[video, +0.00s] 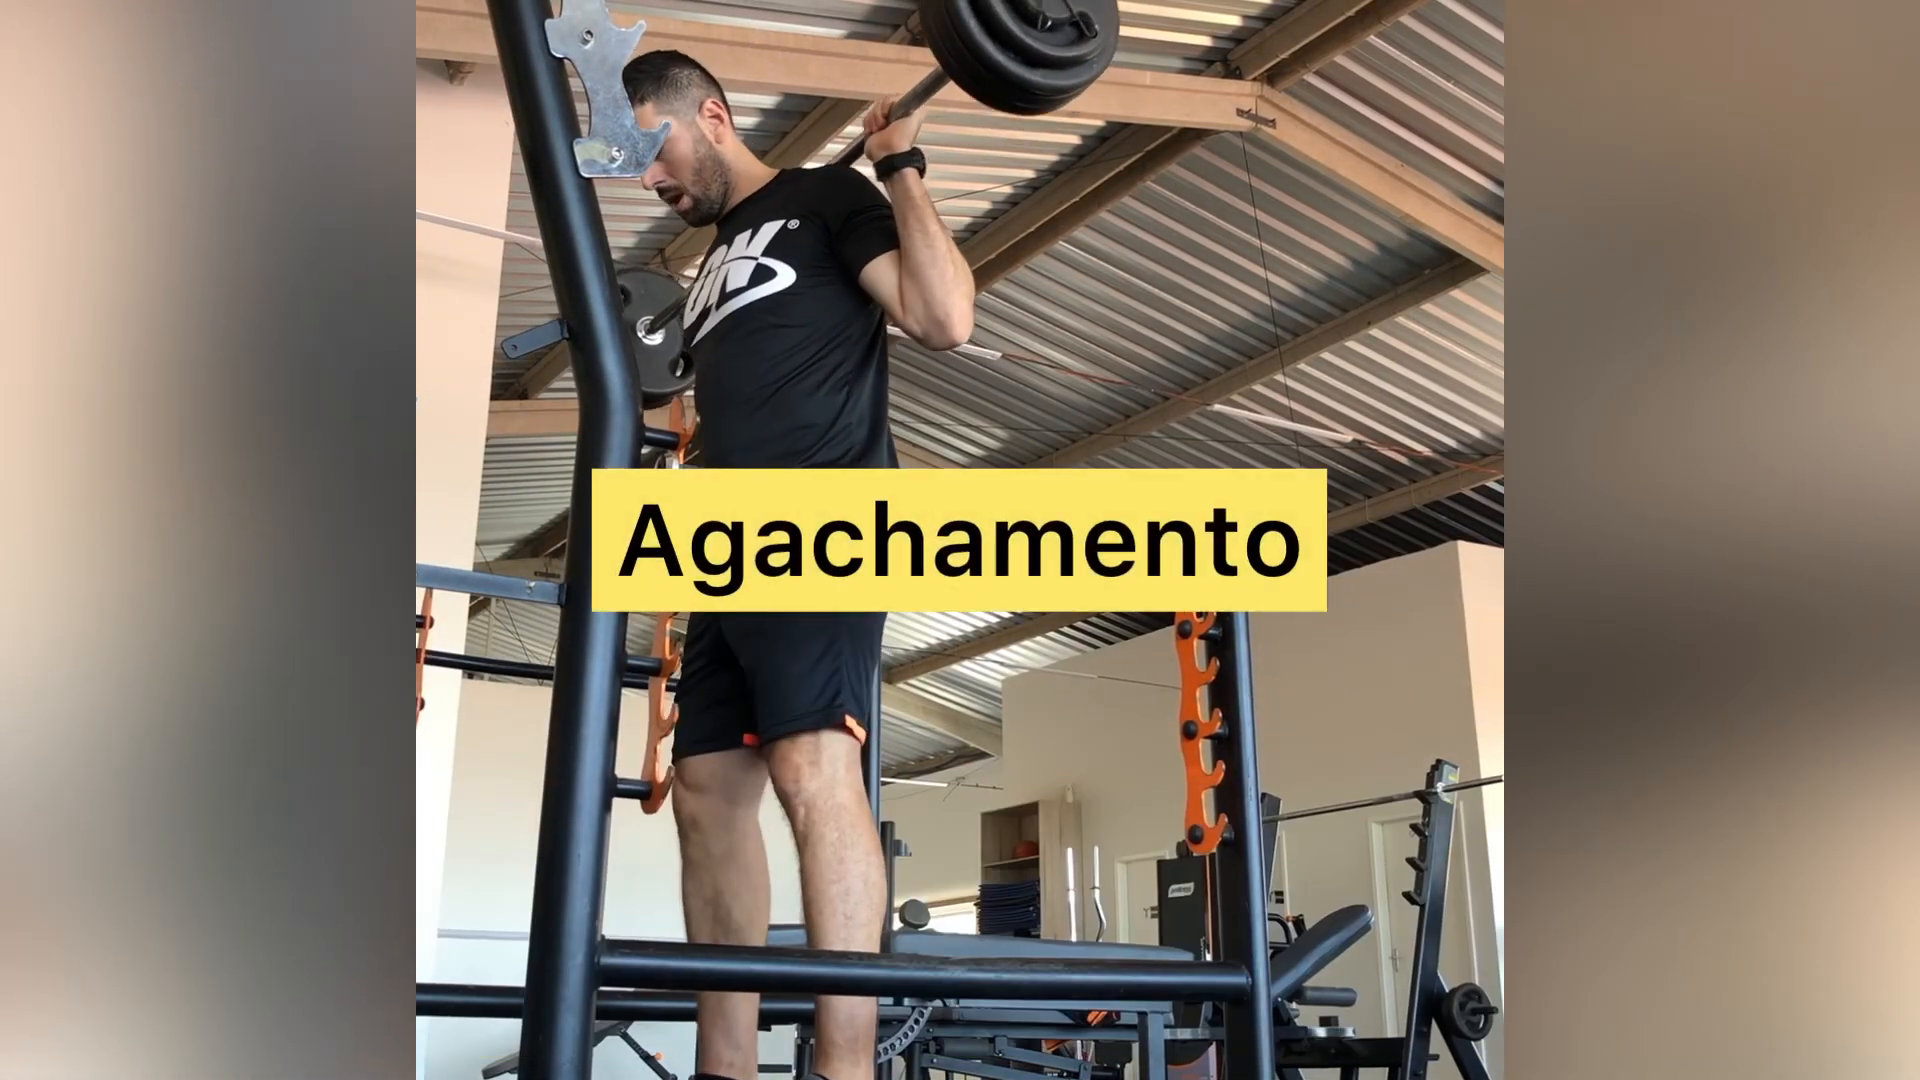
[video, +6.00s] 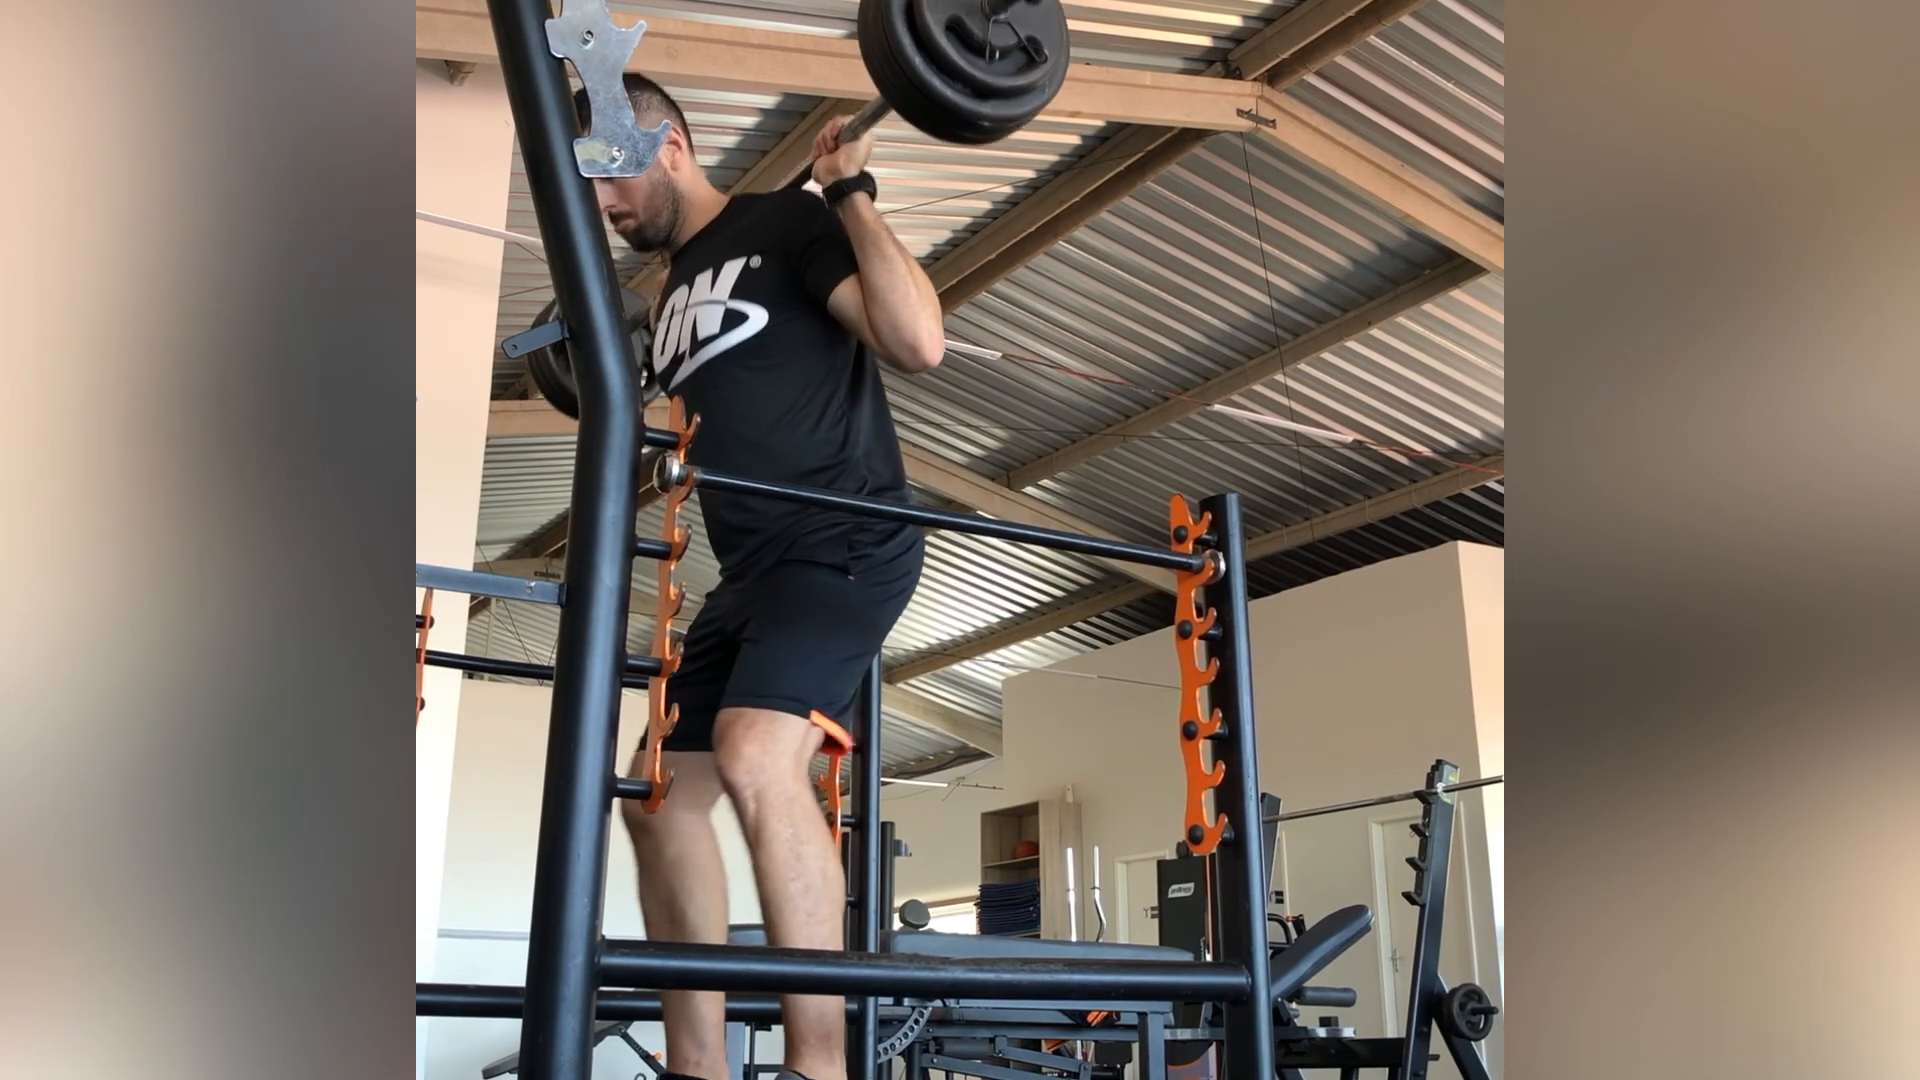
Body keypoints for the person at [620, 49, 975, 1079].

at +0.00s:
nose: (650, 178)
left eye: (654, 148)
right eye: (637, 160)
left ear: (714, 116)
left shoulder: (828, 193)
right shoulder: (708, 268)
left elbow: (946, 322)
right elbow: (704, 417)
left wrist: (904, 173)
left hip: (822, 527)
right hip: (721, 541)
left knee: (815, 764)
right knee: (706, 788)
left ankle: (848, 1065)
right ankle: (727, 1066)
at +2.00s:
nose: (631, 172)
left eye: (635, 144)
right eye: (618, 154)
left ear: (690, 106)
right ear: (662, 124)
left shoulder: (806, 183)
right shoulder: (686, 258)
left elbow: (928, 312)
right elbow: (704, 420)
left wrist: (880, 161)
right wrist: (672, 573)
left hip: (808, 522)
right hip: (713, 537)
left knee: (779, 758)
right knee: (686, 786)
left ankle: (822, 1062)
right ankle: (708, 1063)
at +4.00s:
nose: (630, 182)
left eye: (635, 152)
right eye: (615, 165)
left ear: (684, 112)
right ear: (643, 139)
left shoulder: (799, 192)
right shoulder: (685, 257)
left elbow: (917, 316)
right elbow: (714, 406)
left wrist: (866, 170)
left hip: (809, 512)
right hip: (726, 529)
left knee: (769, 755)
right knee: (687, 788)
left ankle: (825, 1063)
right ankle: (709, 1067)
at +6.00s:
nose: (601, 200)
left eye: (611, 170)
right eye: (588, 180)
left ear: (674, 145)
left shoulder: (790, 218)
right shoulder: (670, 303)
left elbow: (919, 344)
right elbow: (698, 433)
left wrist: (855, 197)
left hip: (849, 538)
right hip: (752, 560)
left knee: (760, 756)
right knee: (659, 793)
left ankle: (822, 1066)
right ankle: (697, 1067)